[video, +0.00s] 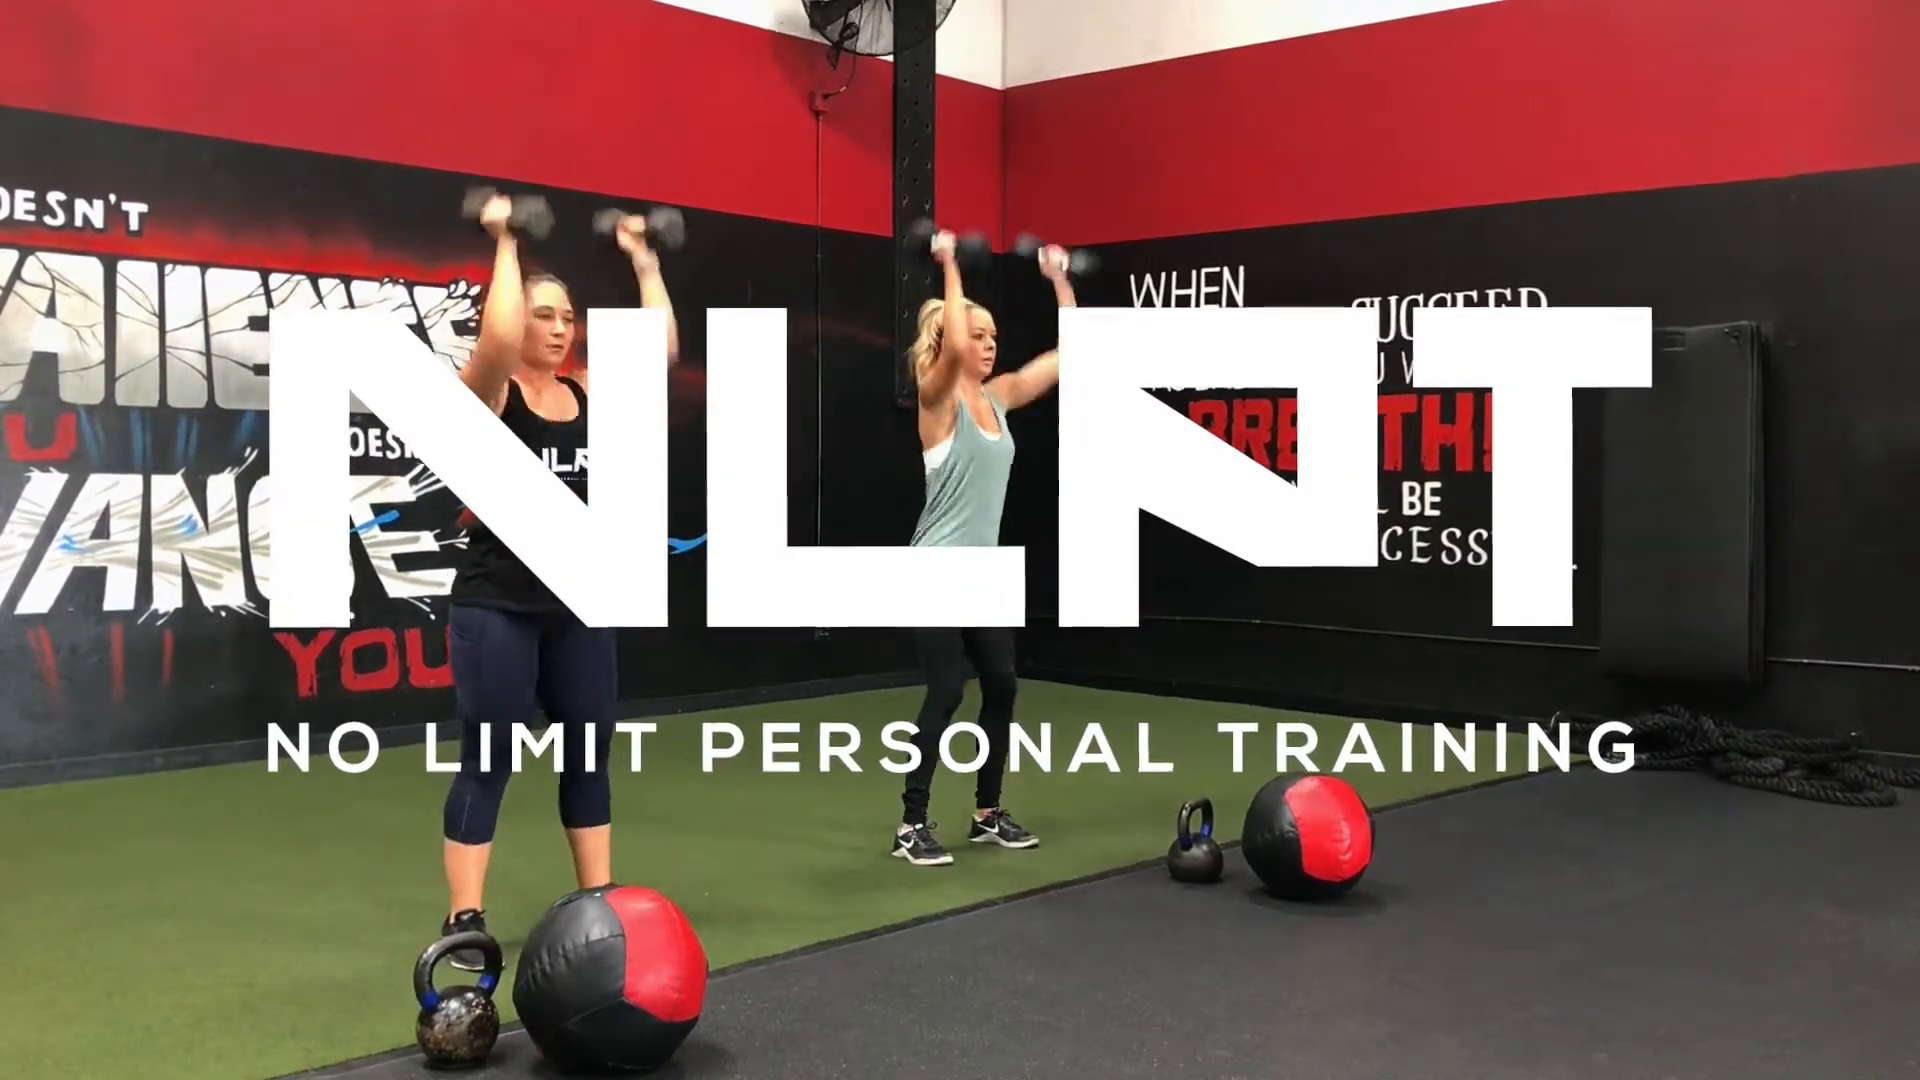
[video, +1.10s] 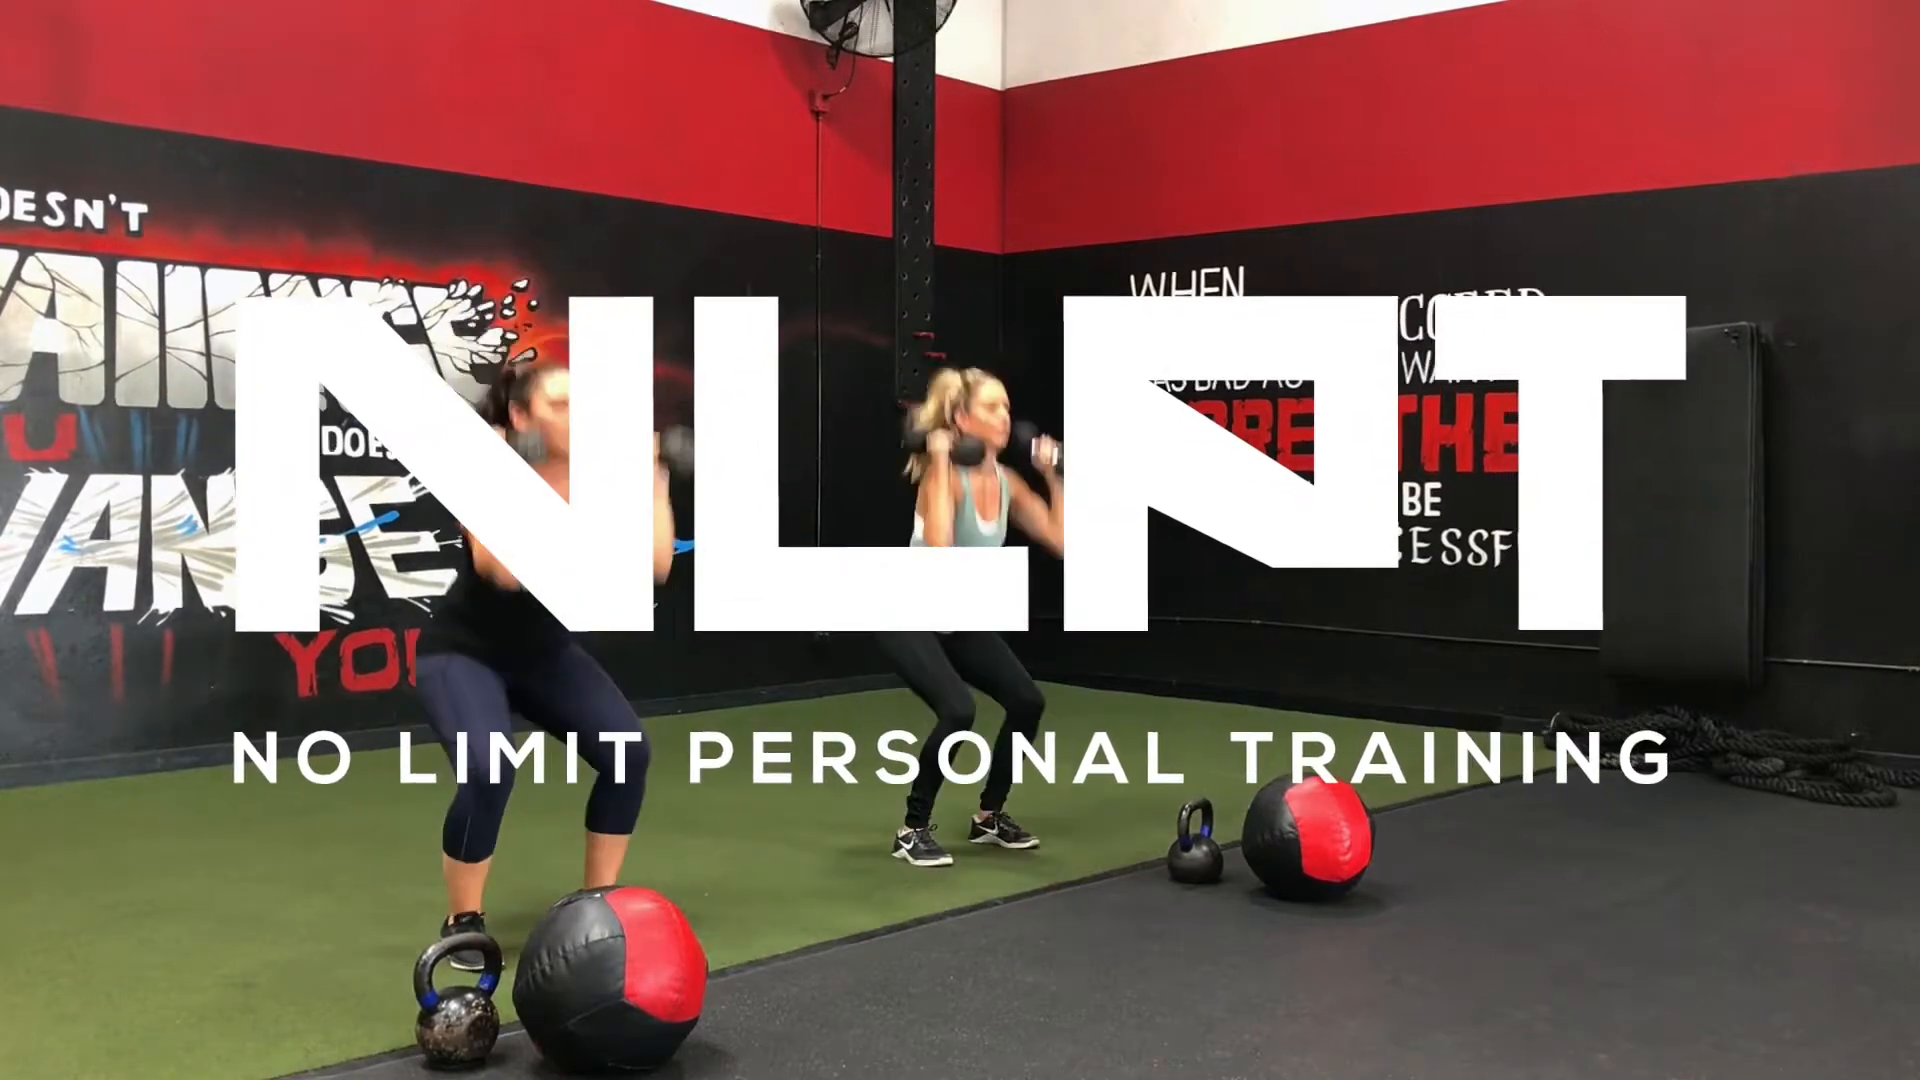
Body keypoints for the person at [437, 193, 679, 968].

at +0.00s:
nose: (559, 327)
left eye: (567, 316)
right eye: (543, 315)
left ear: (578, 328)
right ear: (509, 324)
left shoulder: (597, 396)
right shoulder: (489, 394)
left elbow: (663, 342)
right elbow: (497, 332)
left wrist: (642, 257)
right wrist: (506, 240)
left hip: (584, 603)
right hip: (496, 604)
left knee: (588, 756)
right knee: (487, 760)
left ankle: (598, 910)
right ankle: (466, 923)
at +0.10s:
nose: (578, 368)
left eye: (582, 354)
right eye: (564, 356)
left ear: (588, 362)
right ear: (526, 369)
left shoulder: (602, 426)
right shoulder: (494, 430)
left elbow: (676, 475)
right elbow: (501, 490)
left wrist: (662, 391)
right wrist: (507, 380)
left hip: (557, 616)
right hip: (475, 616)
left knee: (605, 739)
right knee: (488, 754)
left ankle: (597, 908)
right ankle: (466, 924)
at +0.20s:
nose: (584, 457)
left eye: (588, 444)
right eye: (570, 445)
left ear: (597, 451)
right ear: (530, 453)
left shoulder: (596, 511)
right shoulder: (494, 517)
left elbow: (644, 592)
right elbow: (508, 626)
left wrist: (645, 529)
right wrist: (518, 531)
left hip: (544, 664)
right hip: (461, 668)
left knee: (634, 753)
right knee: (490, 773)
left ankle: (595, 904)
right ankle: (465, 924)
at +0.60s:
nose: (568, 378)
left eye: (576, 365)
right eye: (555, 366)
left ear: (590, 375)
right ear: (524, 378)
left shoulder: (606, 447)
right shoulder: (498, 442)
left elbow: (668, 510)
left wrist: (643, 414)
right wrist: (500, 407)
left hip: (554, 631)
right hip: (473, 630)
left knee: (621, 744)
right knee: (489, 762)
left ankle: (596, 910)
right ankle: (465, 929)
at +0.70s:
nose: (555, 328)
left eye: (562, 318)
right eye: (541, 317)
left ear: (575, 329)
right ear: (511, 323)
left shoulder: (594, 399)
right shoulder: (487, 395)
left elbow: (669, 366)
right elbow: (500, 349)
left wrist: (643, 277)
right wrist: (498, 263)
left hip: (582, 599)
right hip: (494, 601)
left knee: (589, 750)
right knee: (487, 754)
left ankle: (598, 911)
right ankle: (465, 922)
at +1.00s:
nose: (561, 342)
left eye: (569, 330)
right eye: (546, 331)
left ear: (580, 337)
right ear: (513, 340)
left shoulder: (597, 407)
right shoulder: (494, 403)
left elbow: (674, 414)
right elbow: (500, 405)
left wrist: (652, 321)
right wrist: (495, 315)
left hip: (567, 611)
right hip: (481, 608)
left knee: (598, 742)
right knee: (488, 751)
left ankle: (598, 908)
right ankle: (466, 923)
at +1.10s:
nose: (572, 415)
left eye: (576, 403)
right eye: (559, 404)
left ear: (587, 410)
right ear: (521, 414)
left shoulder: (609, 474)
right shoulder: (496, 473)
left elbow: (659, 566)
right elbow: (500, 571)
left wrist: (654, 478)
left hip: (543, 644)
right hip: (463, 646)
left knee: (626, 750)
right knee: (488, 766)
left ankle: (596, 908)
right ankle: (464, 925)